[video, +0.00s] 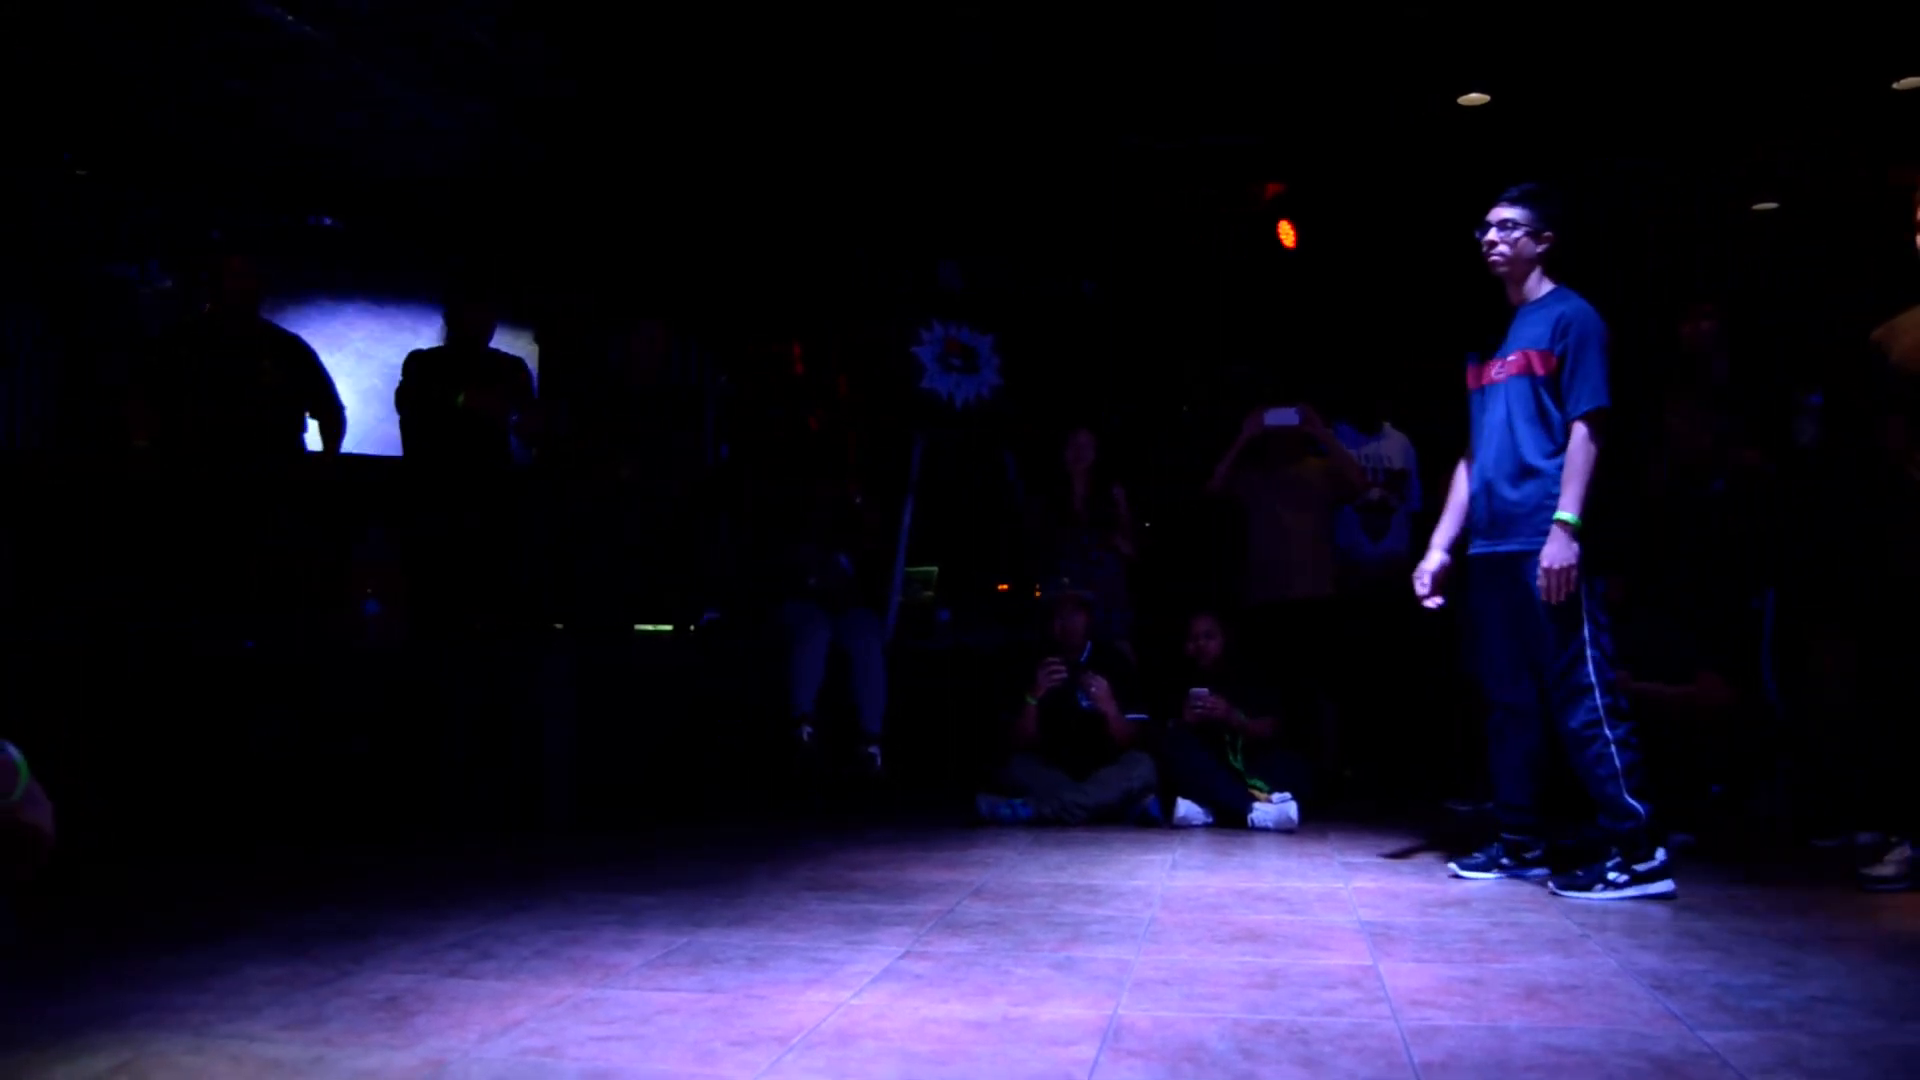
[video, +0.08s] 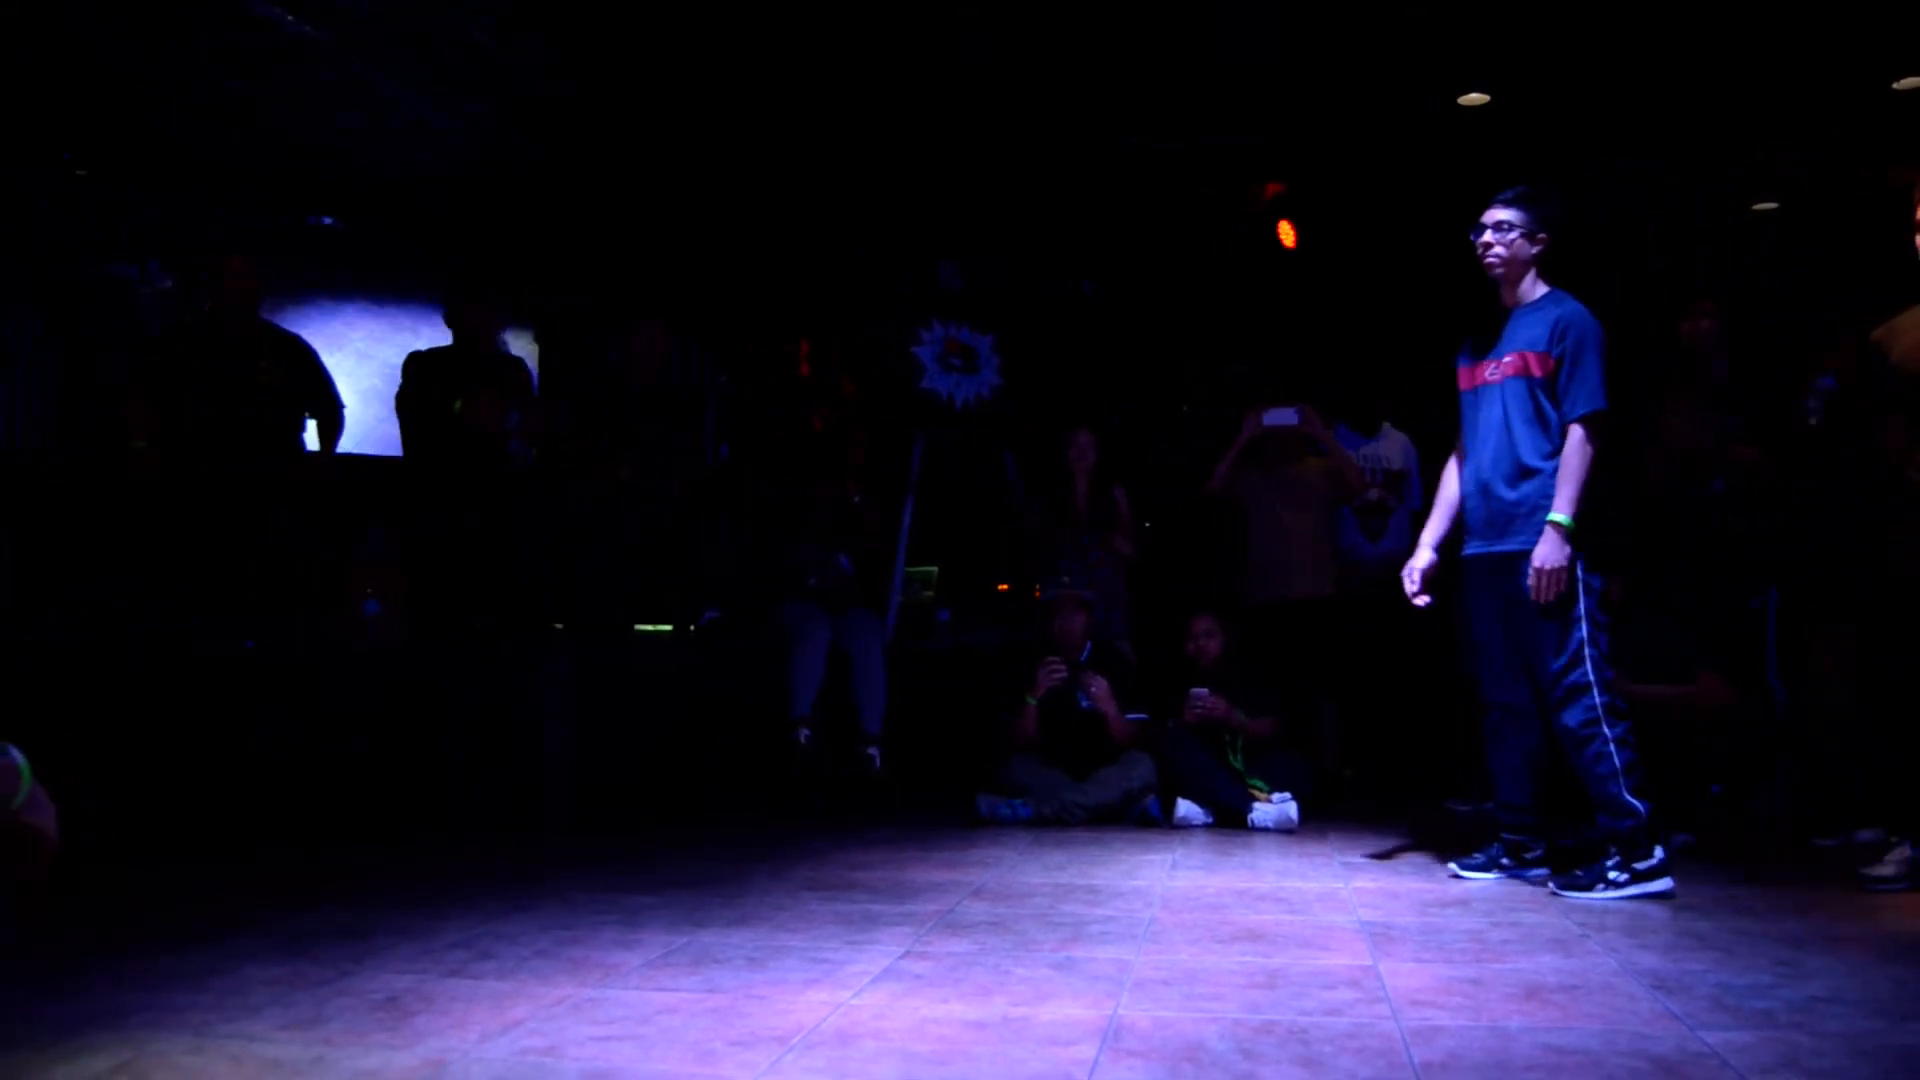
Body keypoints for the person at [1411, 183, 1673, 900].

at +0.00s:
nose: (1492, 240)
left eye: (1508, 229)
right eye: (1489, 230)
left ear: (1543, 240)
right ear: (1487, 245)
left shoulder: (1571, 319)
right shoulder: (1495, 338)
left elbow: (1586, 431)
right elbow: (1475, 456)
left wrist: (1565, 529)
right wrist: (1440, 546)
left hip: (1545, 543)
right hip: (1489, 549)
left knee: (1579, 699)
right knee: (1510, 697)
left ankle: (1637, 850)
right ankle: (1519, 839)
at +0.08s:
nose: (1487, 242)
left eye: (1502, 231)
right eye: (1483, 232)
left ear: (1537, 242)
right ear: (1480, 248)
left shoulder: (1567, 322)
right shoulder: (1480, 341)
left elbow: (1581, 434)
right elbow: (1464, 453)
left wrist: (1557, 532)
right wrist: (1429, 543)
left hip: (1543, 542)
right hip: (1483, 548)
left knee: (1576, 698)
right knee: (1506, 699)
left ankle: (1636, 849)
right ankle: (1519, 840)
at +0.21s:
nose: (1483, 244)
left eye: (1498, 233)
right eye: (1477, 234)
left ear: (1530, 245)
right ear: (1471, 250)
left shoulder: (1561, 325)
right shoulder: (1465, 346)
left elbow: (1579, 434)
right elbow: (1451, 453)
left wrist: (1557, 530)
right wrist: (1420, 544)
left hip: (1537, 542)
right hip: (1476, 550)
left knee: (1573, 696)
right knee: (1502, 698)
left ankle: (1632, 848)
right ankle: (1519, 840)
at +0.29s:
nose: (1480, 245)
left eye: (1495, 234)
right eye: (1473, 235)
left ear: (1525, 247)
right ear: (1466, 251)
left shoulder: (1557, 326)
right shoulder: (1457, 348)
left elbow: (1578, 433)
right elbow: (1446, 453)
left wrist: (1559, 528)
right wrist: (1420, 544)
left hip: (1535, 542)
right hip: (1472, 549)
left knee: (1572, 696)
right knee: (1500, 697)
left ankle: (1630, 846)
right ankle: (1519, 840)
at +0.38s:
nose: (1478, 247)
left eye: (1492, 236)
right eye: (1470, 237)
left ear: (1521, 250)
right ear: (1461, 252)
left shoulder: (1553, 329)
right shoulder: (1450, 351)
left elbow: (1576, 435)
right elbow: (1440, 456)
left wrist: (1561, 529)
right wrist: (1421, 547)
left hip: (1535, 543)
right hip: (1468, 550)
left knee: (1571, 696)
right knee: (1498, 698)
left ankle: (1627, 846)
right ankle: (1518, 840)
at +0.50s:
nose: (1468, 248)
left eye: (1483, 238)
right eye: (1461, 239)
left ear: (1513, 252)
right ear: (1452, 254)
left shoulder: (1548, 332)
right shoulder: (1440, 356)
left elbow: (1575, 436)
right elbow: (1434, 459)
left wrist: (1565, 530)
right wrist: (1422, 551)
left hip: (1534, 543)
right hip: (1464, 551)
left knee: (1572, 697)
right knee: (1495, 699)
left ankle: (1623, 846)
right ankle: (1518, 838)